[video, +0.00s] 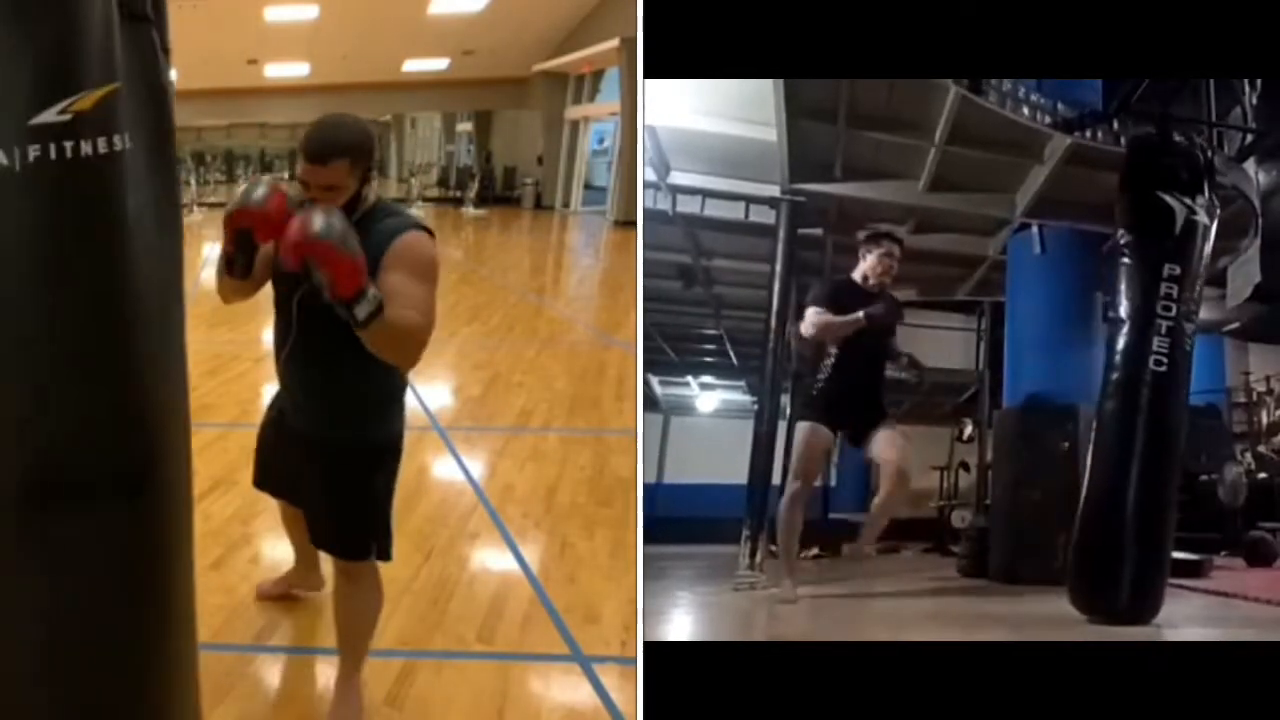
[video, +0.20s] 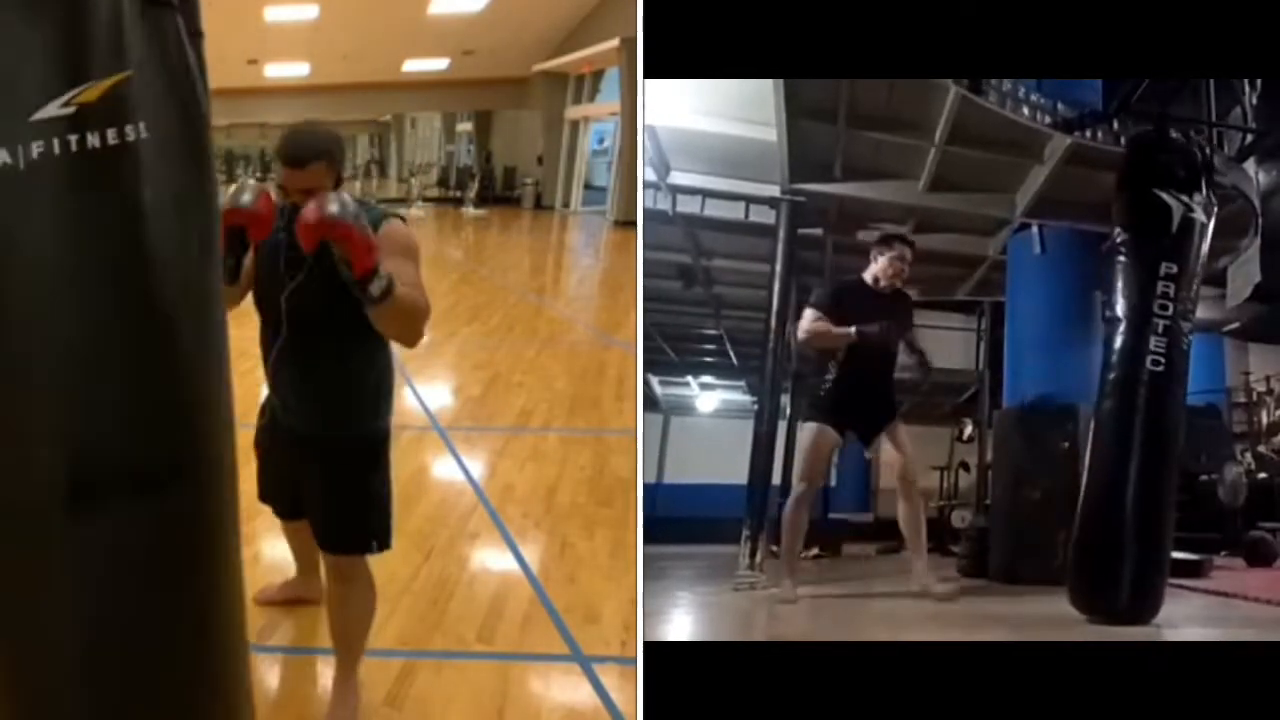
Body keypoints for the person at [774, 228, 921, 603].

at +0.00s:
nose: (889, 264)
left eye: (894, 260)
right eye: (884, 256)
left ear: (896, 268)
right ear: (863, 257)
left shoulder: (889, 306)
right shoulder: (833, 289)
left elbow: (881, 343)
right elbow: (812, 327)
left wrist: (908, 361)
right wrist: (864, 318)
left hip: (867, 406)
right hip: (825, 402)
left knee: (897, 459)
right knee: (799, 483)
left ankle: (865, 546)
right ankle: (788, 576)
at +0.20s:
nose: (901, 268)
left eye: (906, 263)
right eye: (896, 260)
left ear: (907, 270)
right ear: (875, 258)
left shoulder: (901, 304)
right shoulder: (843, 291)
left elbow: (908, 338)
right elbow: (806, 331)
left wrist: (922, 358)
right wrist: (856, 334)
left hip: (879, 400)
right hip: (836, 398)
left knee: (908, 477)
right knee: (805, 485)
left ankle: (921, 573)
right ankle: (787, 578)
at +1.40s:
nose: (869, 253)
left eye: (876, 248)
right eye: (863, 246)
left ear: (886, 256)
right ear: (846, 251)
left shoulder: (896, 295)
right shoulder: (817, 293)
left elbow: (932, 346)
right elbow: (777, 344)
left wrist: (945, 372)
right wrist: (792, 337)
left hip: (875, 404)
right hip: (827, 405)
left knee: (870, 480)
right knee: (787, 495)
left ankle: (888, 596)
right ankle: (795, 591)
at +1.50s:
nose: (834, 236)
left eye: (842, 228)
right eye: (830, 228)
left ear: (864, 229)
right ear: (828, 231)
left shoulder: (881, 269)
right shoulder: (850, 277)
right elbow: (860, 338)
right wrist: (819, 338)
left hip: (892, 380)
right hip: (859, 381)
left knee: (860, 469)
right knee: (822, 474)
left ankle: (899, 579)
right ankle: (806, 574)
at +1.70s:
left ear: (832, 257)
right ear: (875, 253)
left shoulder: (822, 275)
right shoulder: (891, 271)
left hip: (902, 362)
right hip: (944, 350)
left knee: (892, 485)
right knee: (932, 403)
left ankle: (902, 597)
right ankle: (1022, 408)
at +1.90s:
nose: (797, 347)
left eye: (794, 339)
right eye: (792, 342)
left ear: (798, 326)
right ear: (809, 315)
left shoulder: (822, 321)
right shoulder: (849, 313)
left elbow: (789, 316)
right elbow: (906, 301)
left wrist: (789, 322)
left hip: (920, 364)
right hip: (951, 335)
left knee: (917, 483)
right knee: (1062, 348)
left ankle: (906, 597)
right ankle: (1146, 327)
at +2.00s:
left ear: (817, 318)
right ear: (834, 304)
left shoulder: (828, 318)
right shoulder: (869, 308)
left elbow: (812, 330)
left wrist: (823, 365)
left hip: (930, 367)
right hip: (966, 341)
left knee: (918, 484)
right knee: (1063, 387)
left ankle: (906, 597)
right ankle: (1123, 345)